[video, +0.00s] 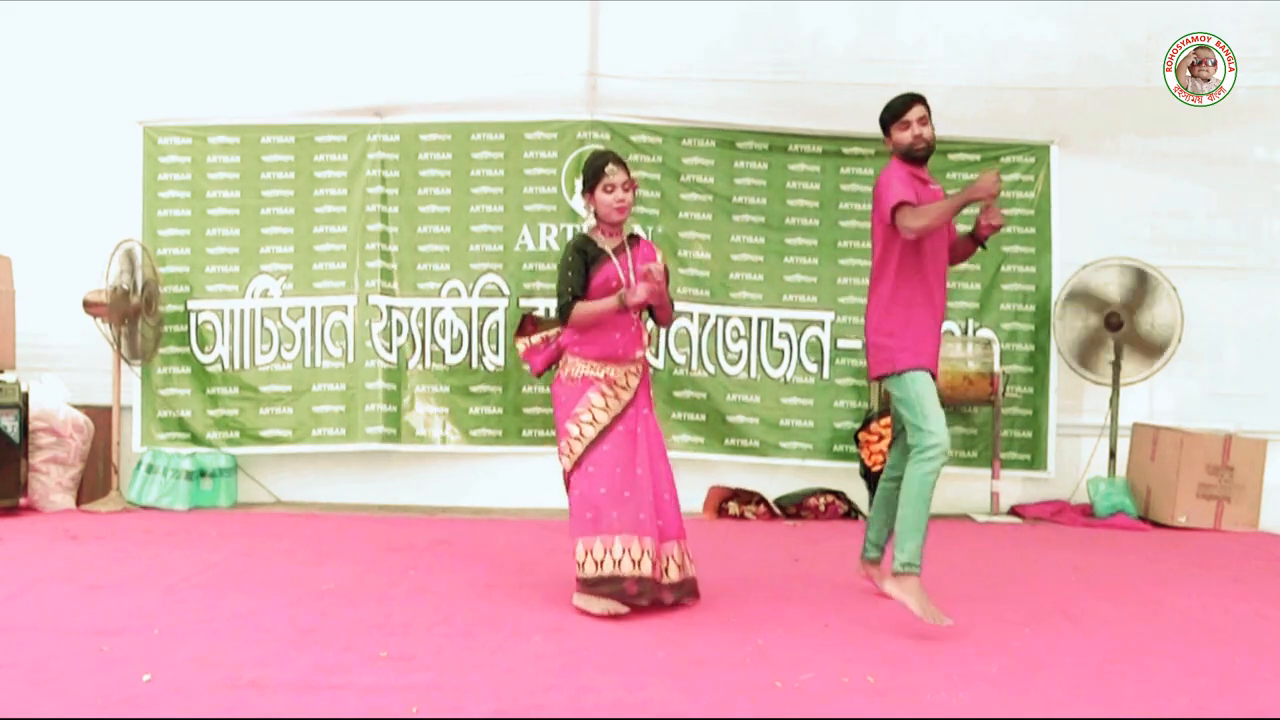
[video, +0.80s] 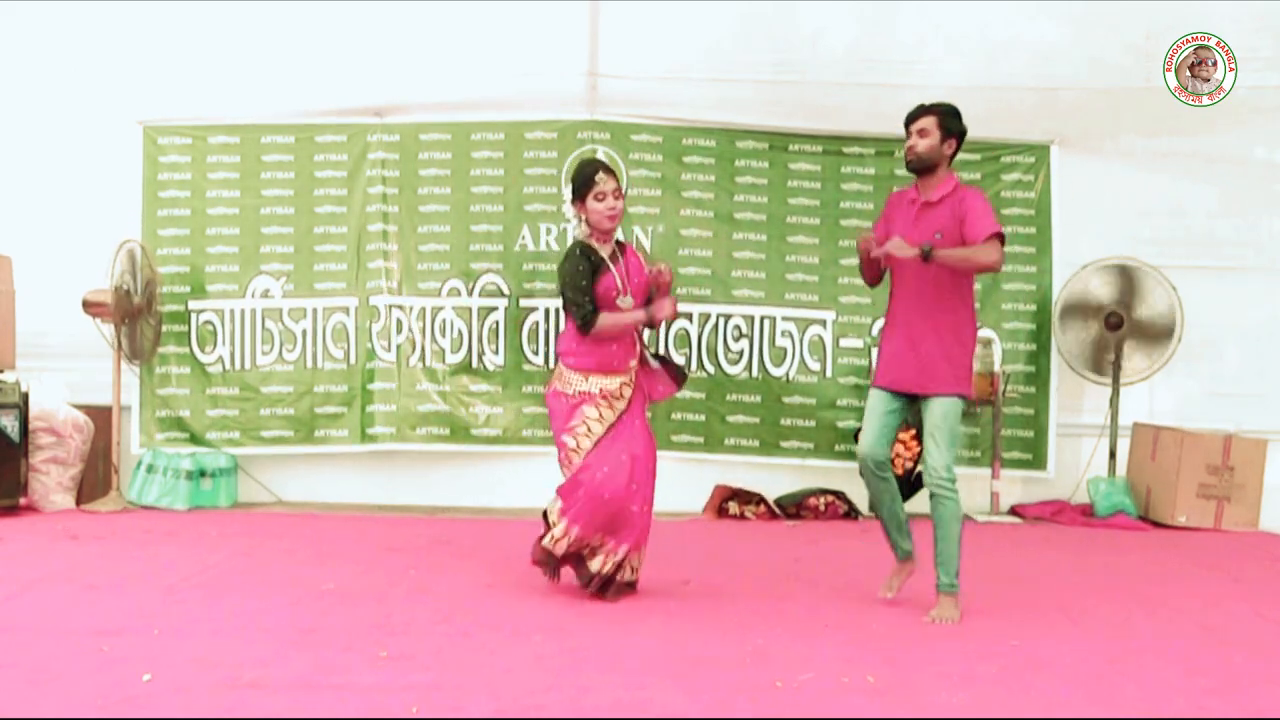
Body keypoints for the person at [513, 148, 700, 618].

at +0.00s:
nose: (621, 196)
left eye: (627, 187)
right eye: (610, 189)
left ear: (634, 192)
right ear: (589, 198)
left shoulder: (645, 250)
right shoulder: (580, 249)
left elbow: (666, 317)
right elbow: (569, 314)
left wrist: (659, 291)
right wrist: (621, 301)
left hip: (631, 374)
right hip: (585, 374)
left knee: (641, 471)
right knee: (597, 474)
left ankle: (643, 577)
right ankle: (595, 582)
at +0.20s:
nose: (604, 193)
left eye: (611, 184)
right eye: (593, 185)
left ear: (620, 189)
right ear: (576, 193)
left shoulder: (637, 242)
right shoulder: (560, 248)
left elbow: (654, 299)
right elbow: (543, 313)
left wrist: (615, 276)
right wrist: (576, 288)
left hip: (623, 363)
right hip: (572, 365)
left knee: (621, 455)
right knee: (570, 456)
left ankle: (616, 559)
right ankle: (557, 539)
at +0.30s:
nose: (596, 202)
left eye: (603, 194)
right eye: (585, 194)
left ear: (612, 200)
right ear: (568, 202)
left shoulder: (630, 255)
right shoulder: (552, 259)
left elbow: (661, 309)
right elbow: (526, 308)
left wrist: (634, 307)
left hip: (618, 378)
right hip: (566, 379)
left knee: (616, 466)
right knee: (571, 466)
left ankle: (620, 566)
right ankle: (578, 563)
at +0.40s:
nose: (592, 204)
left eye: (599, 196)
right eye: (582, 196)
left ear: (609, 203)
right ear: (565, 205)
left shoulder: (629, 256)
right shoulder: (549, 259)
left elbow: (662, 296)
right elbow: (510, 309)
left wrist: (681, 293)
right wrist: (476, 307)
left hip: (617, 376)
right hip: (564, 378)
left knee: (613, 464)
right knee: (565, 466)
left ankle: (609, 562)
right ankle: (569, 561)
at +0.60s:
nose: (597, 190)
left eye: (603, 182)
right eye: (585, 183)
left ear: (613, 188)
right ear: (567, 192)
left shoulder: (629, 239)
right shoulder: (555, 241)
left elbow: (659, 283)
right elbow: (514, 282)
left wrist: (699, 268)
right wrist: (497, 285)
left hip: (620, 368)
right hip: (569, 369)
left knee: (623, 459)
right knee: (575, 460)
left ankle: (614, 562)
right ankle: (579, 562)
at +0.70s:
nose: (605, 202)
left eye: (611, 193)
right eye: (593, 194)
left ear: (619, 198)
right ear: (575, 204)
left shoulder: (636, 256)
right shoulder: (568, 258)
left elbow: (642, 314)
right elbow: (543, 320)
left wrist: (669, 312)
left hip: (624, 381)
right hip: (575, 383)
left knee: (631, 465)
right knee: (583, 471)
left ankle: (610, 563)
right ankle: (548, 547)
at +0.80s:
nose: (612, 205)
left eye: (617, 196)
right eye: (600, 198)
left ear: (624, 200)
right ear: (580, 207)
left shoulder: (630, 254)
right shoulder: (577, 261)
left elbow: (641, 306)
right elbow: (587, 322)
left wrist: (657, 290)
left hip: (623, 385)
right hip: (580, 388)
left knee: (639, 467)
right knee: (605, 477)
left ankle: (615, 564)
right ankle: (556, 540)